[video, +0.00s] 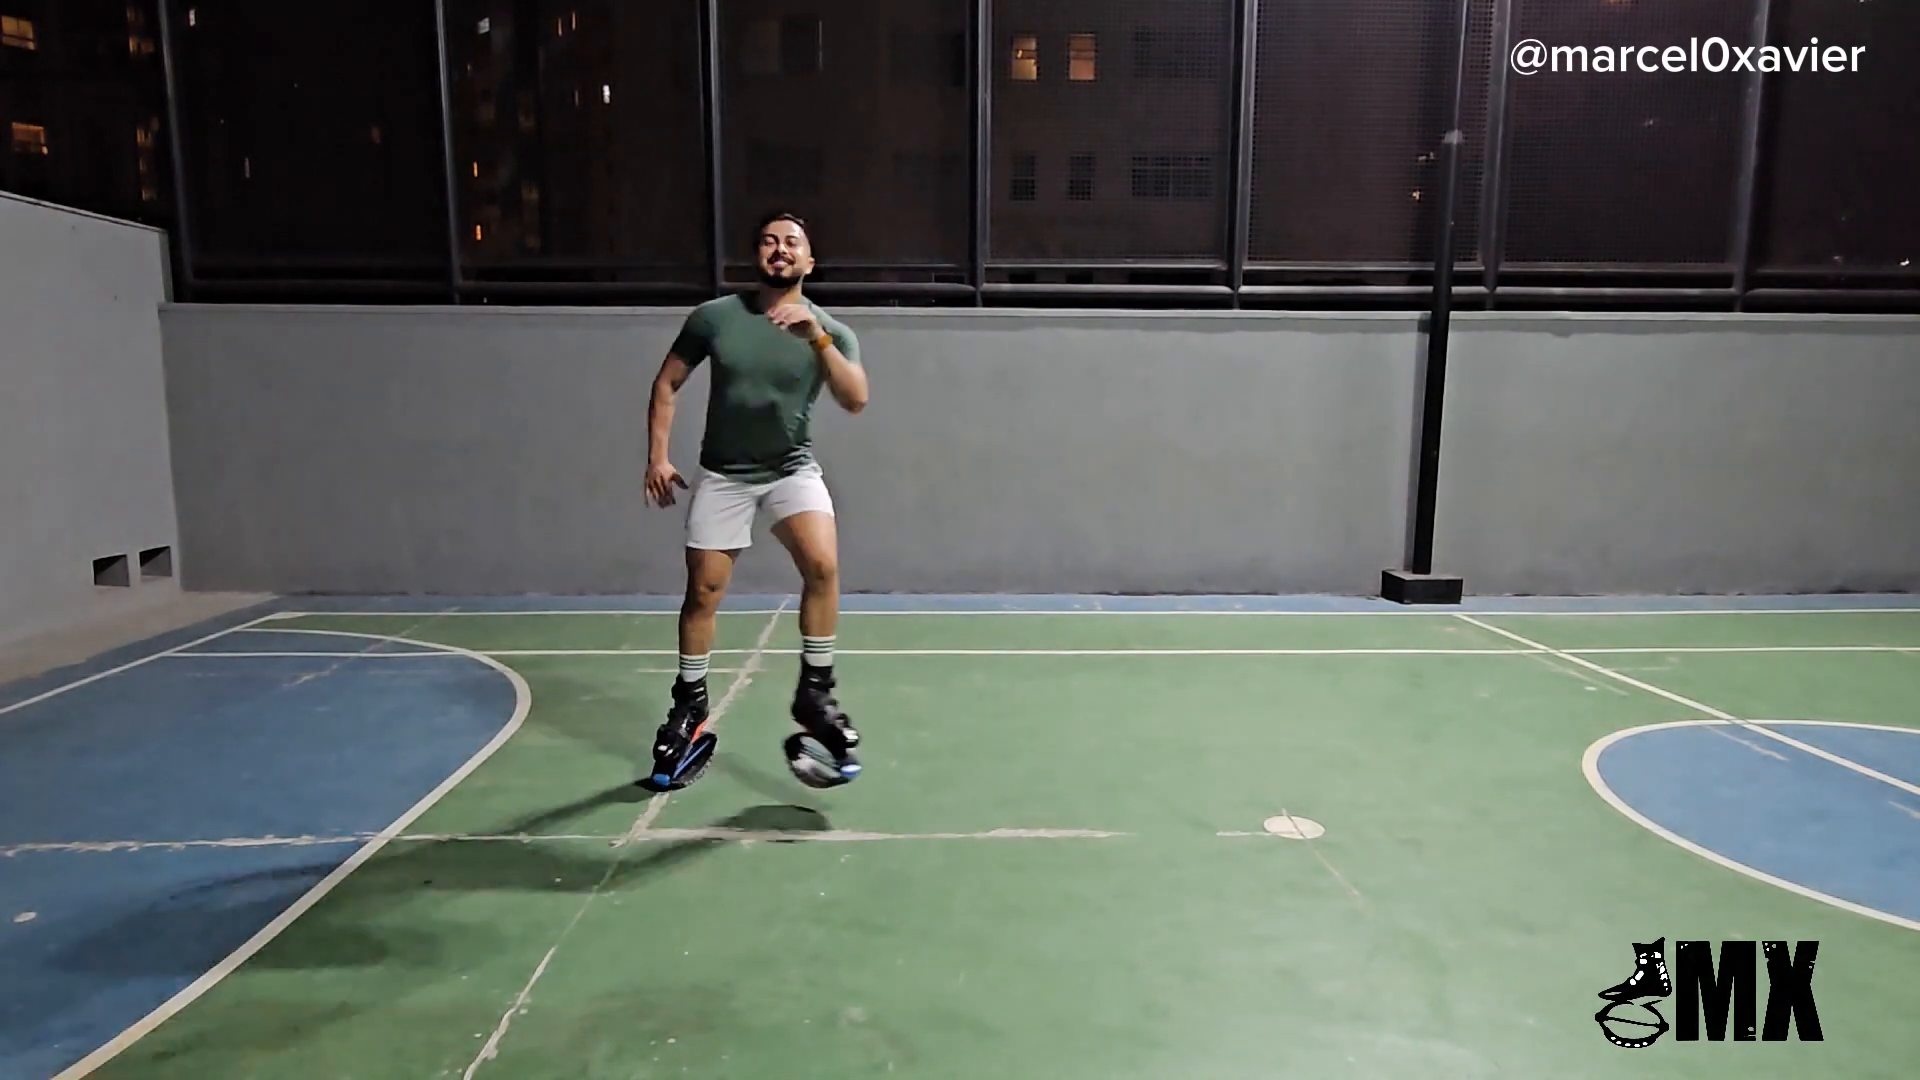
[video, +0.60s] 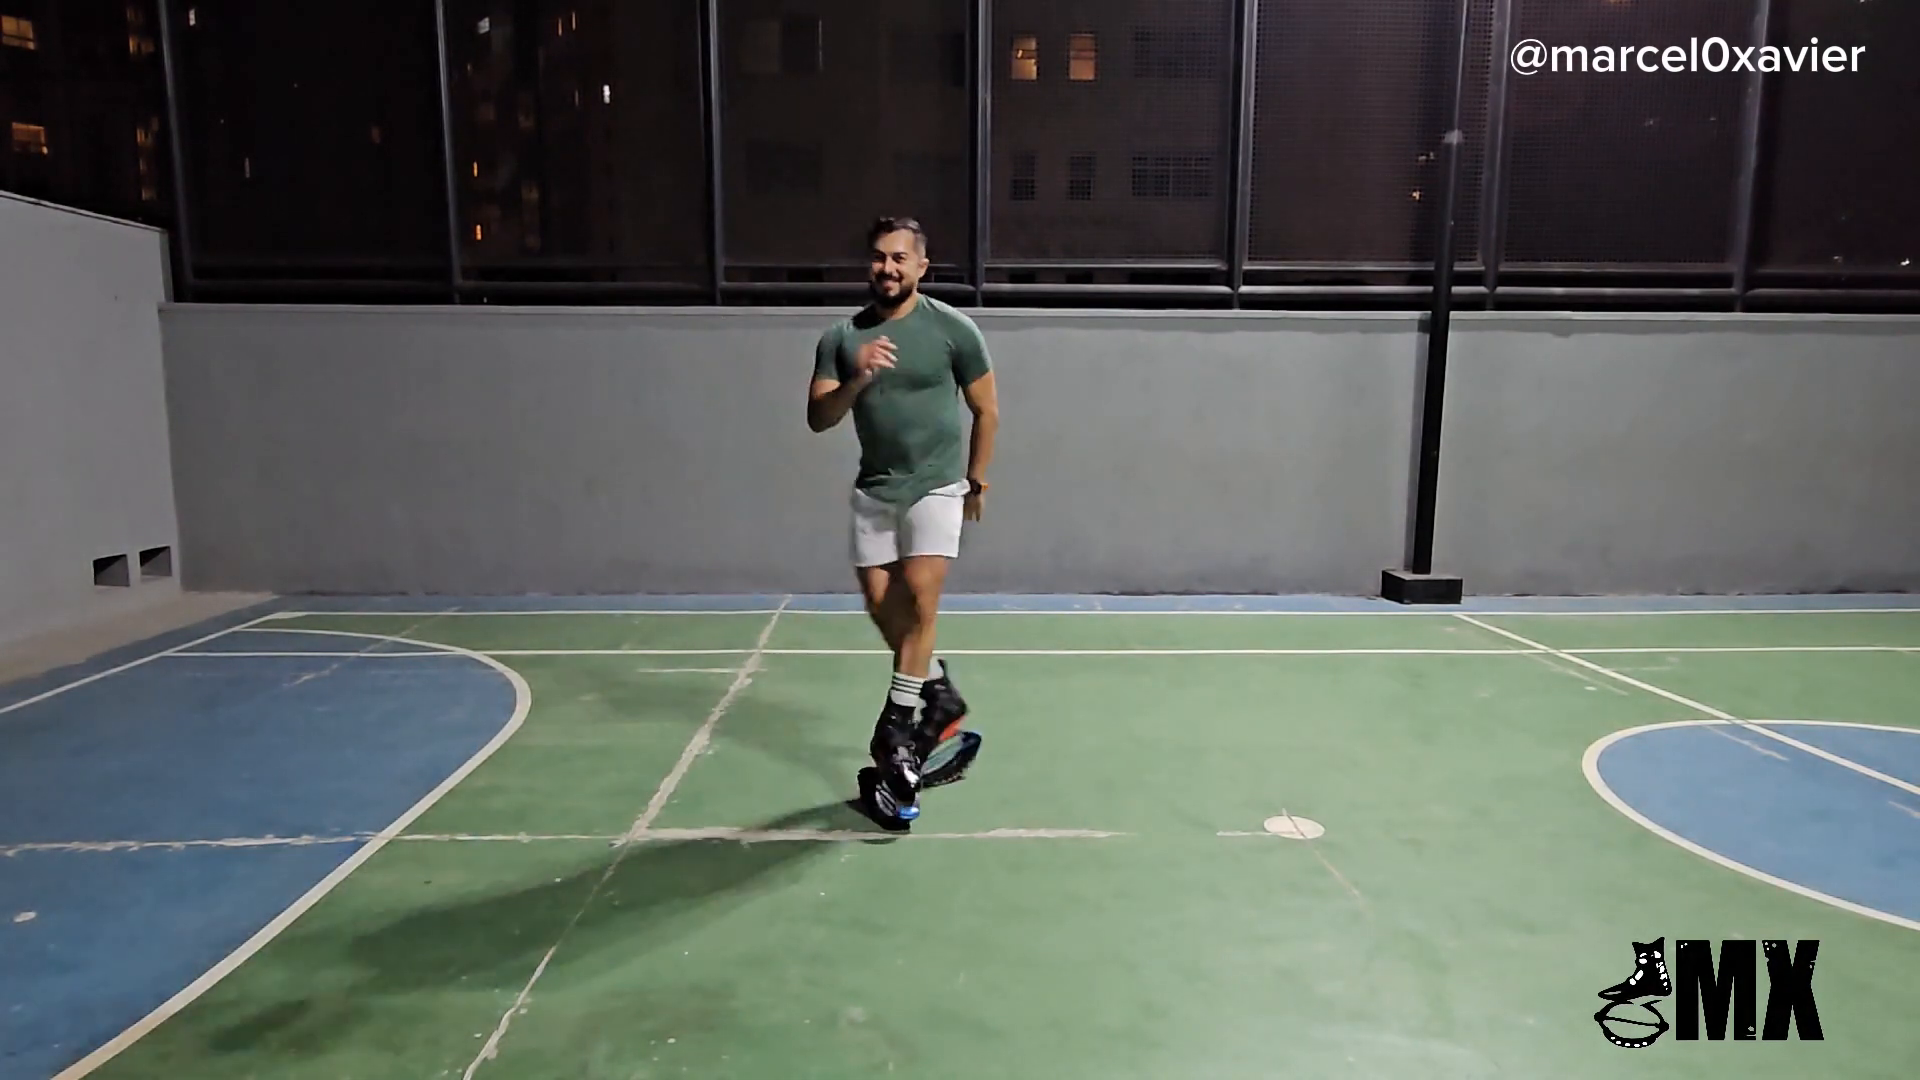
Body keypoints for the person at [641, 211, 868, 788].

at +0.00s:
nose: (778, 249)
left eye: (790, 243)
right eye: (769, 242)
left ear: (810, 262)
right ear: (754, 258)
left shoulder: (831, 330)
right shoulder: (713, 317)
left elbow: (856, 400)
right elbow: (667, 382)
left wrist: (820, 341)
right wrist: (657, 457)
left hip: (792, 473)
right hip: (723, 477)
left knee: (823, 565)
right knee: (703, 590)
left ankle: (815, 693)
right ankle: (689, 711)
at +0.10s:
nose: (794, 265)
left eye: (805, 257)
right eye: (785, 256)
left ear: (827, 270)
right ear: (771, 268)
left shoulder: (847, 335)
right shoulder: (734, 329)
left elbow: (883, 395)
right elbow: (687, 386)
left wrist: (846, 352)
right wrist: (673, 457)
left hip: (812, 486)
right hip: (740, 487)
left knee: (844, 585)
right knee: (715, 598)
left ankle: (856, 712)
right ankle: (691, 712)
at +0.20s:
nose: (810, 278)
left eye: (823, 269)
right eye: (803, 269)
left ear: (849, 278)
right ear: (792, 278)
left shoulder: (870, 347)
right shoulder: (762, 345)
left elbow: (904, 402)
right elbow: (715, 401)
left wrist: (883, 411)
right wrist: (701, 470)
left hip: (842, 501)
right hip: (769, 500)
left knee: (862, 605)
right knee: (737, 599)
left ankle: (874, 734)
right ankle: (697, 712)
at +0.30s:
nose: (831, 262)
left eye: (844, 253)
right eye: (823, 253)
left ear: (868, 267)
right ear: (812, 264)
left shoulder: (889, 334)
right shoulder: (788, 341)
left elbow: (921, 412)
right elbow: (757, 408)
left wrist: (932, 480)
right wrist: (742, 463)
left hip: (872, 496)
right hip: (801, 494)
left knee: (879, 605)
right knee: (761, 597)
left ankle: (879, 733)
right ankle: (731, 705)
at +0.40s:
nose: (847, 248)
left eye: (860, 240)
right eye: (840, 240)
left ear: (887, 255)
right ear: (831, 254)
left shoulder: (911, 323)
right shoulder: (812, 332)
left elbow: (946, 412)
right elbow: (793, 400)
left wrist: (957, 495)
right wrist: (788, 420)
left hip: (891, 485)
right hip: (824, 482)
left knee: (888, 599)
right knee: (788, 584)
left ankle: (883, 729)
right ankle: (806, 696)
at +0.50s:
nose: (866, 252)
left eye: (879, 243)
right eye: (859, 243)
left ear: (905, 254)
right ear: (850, 253)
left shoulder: (936, 323)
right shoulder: (828, 333)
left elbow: (968, 406)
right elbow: (806, 420)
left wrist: (965, 484)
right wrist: (823, 388)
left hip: (915, 483)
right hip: (848, 481)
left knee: (900, 601)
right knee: (828, 593)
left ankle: (888, 732)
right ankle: (883, 676)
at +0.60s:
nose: (885, 268)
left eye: (898, 258)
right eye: (878, 257)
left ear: (923, 264)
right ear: (868, 264)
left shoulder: (955, 332)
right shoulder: (842, 338)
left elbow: (986, 410)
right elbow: (819, 417)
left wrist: (975, 481)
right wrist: (857, 378)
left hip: (939, 485)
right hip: (876, 487)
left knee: (920, 594)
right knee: (881, 604)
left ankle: (895, 723)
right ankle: (940, 693)